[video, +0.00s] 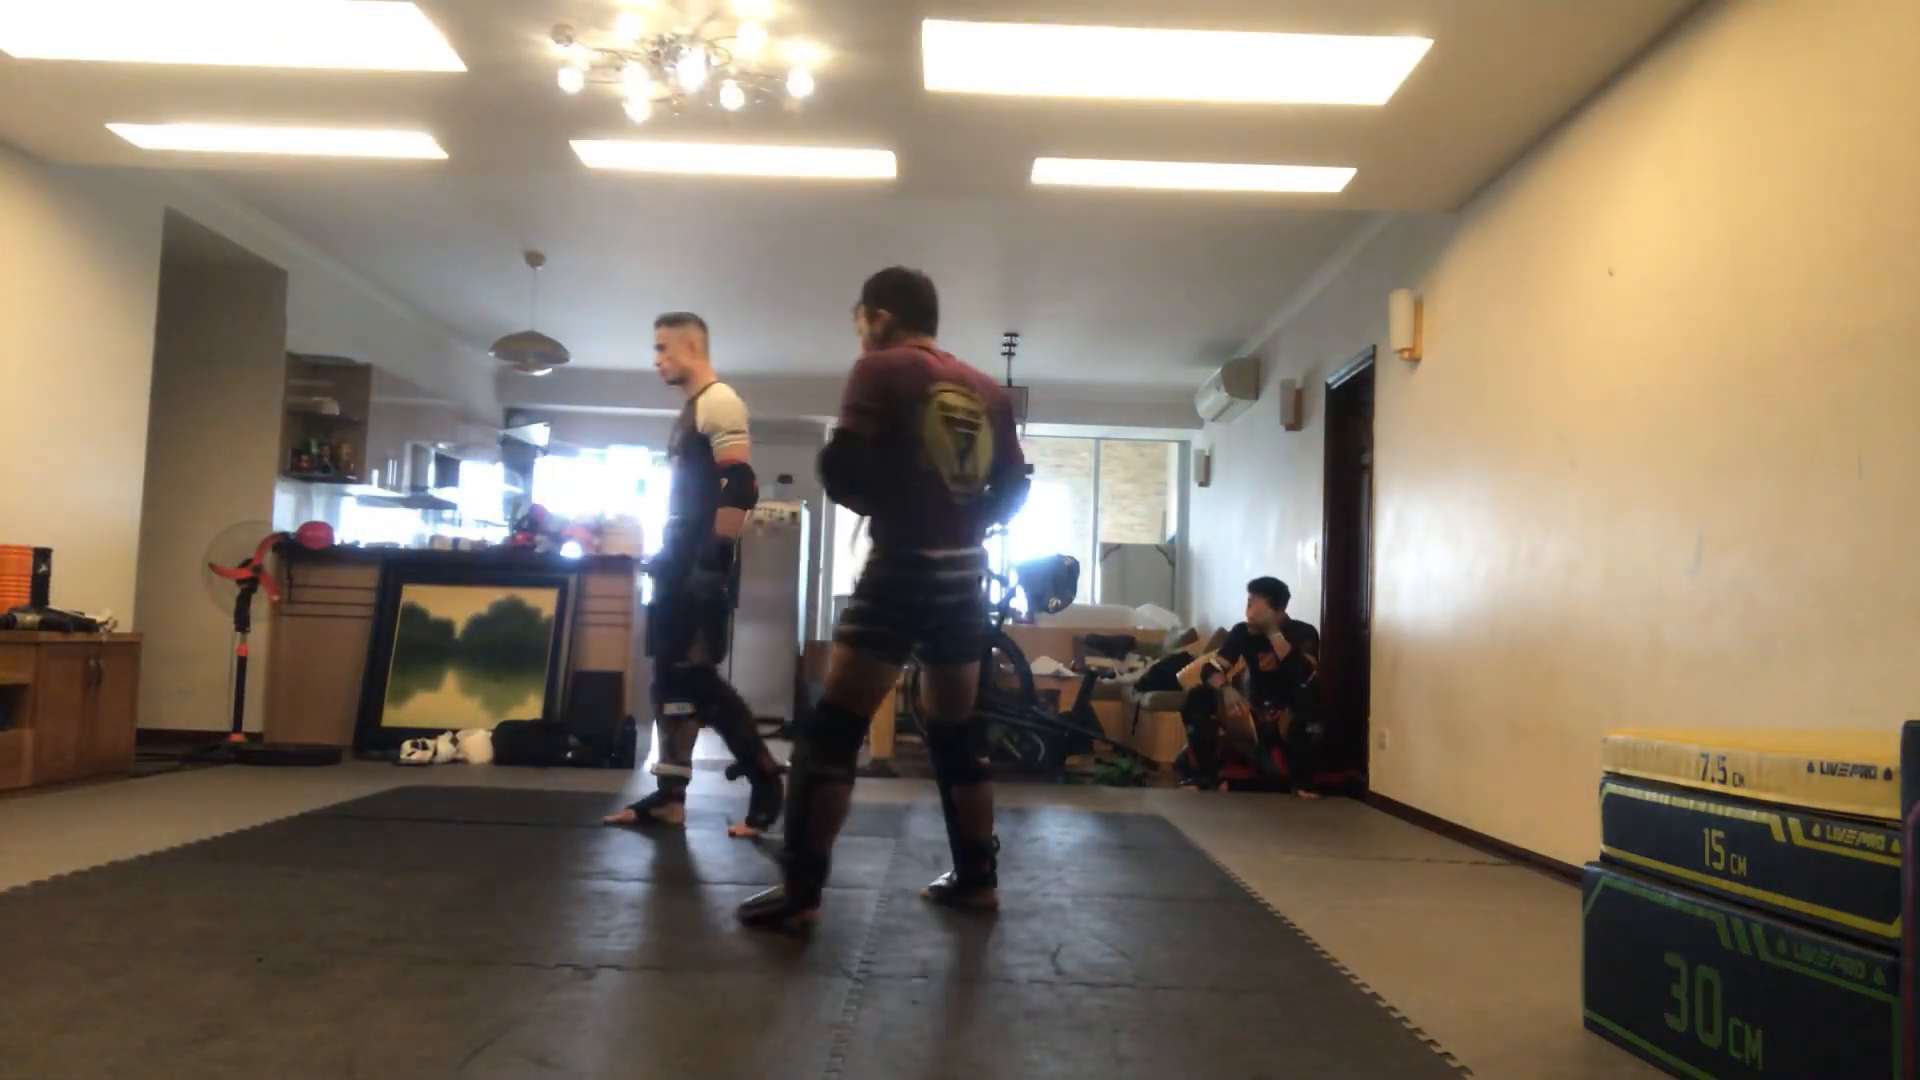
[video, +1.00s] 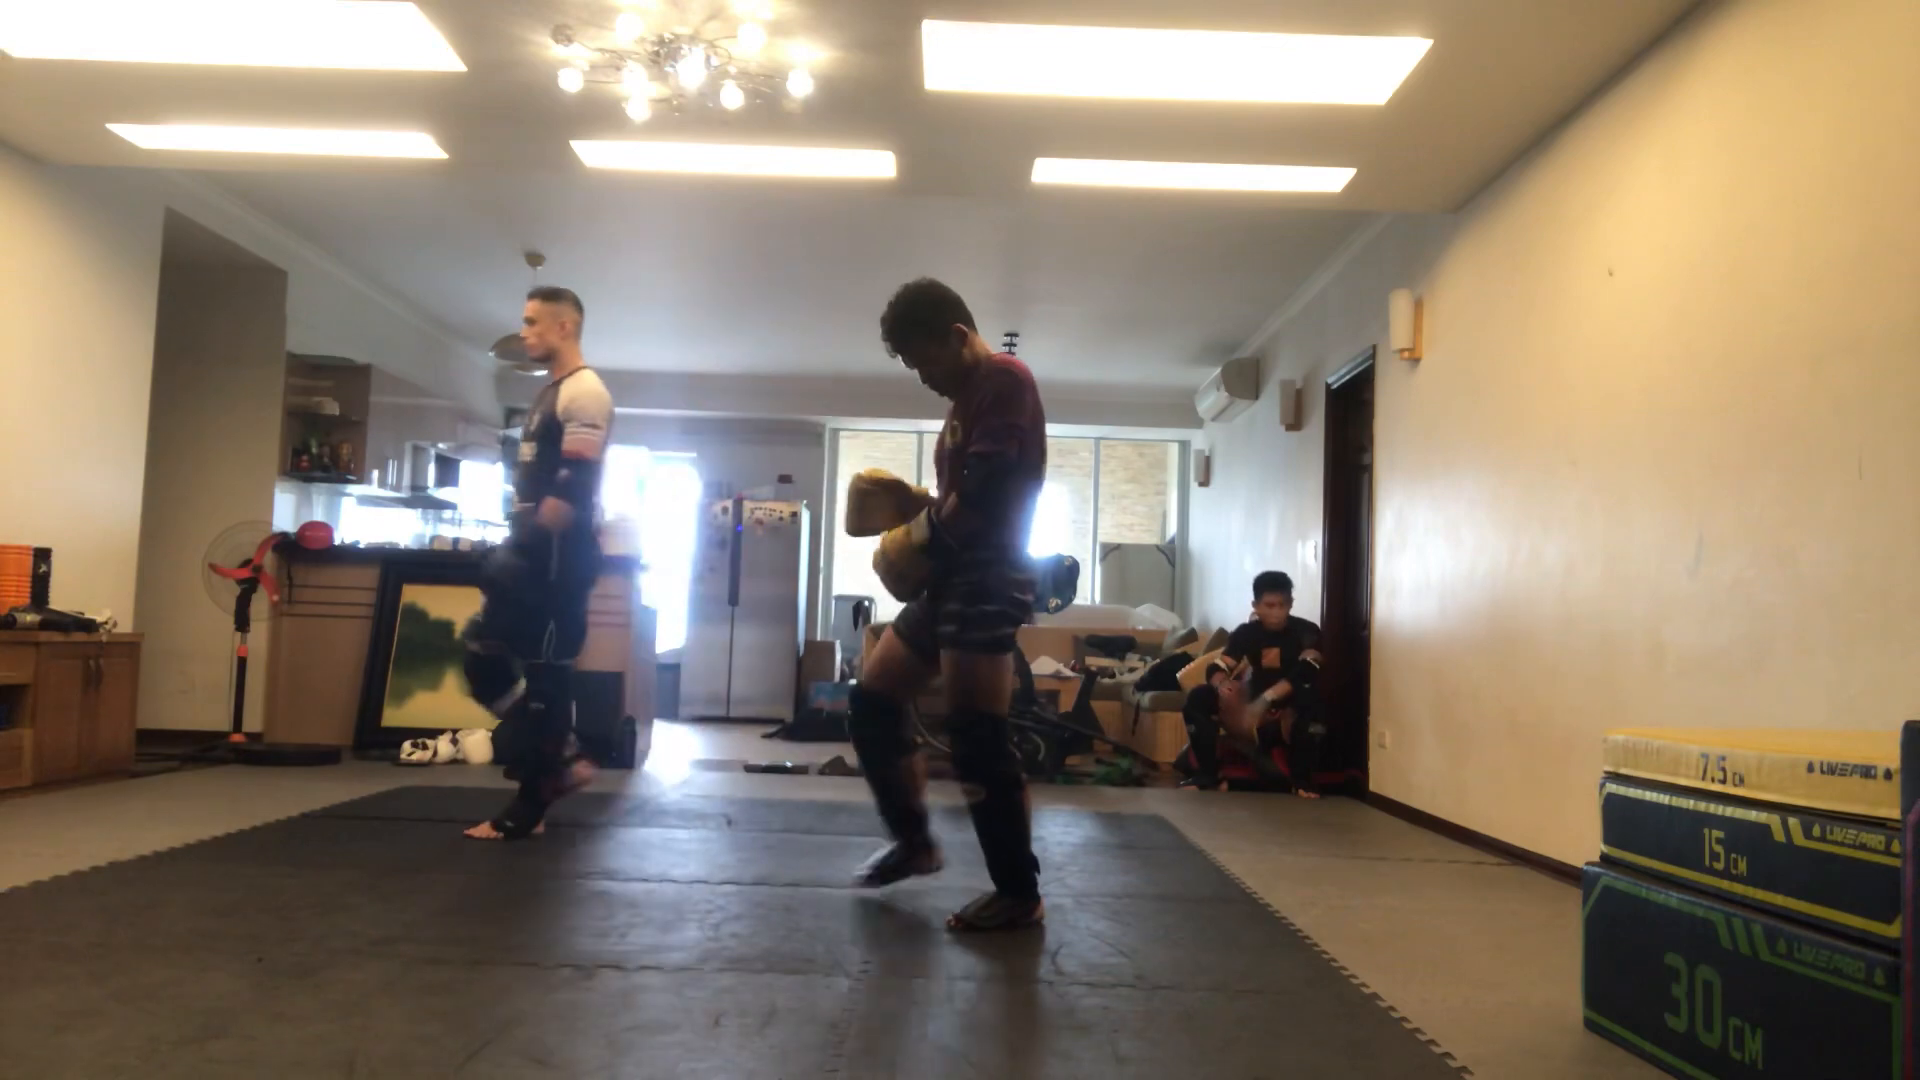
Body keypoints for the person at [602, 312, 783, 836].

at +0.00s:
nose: (658, 359)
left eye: (665, 349)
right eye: (657, 350)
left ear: (695, 349)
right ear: (683, 352)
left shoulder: (719, 402)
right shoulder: (693, 409)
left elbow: (738, 486)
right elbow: (691, 495)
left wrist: (714, 561)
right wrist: (670, 555)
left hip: (704, 563)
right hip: (680, 560)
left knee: (694, 674)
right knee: (673, 676)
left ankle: (766, 777)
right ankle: (669, 793)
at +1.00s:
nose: (523, 333)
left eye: (531, 323)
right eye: (523, 324)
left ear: (566, 326)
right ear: (555, 329)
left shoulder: (584, 391)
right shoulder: (553, 391)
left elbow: (570, 492)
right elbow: (541, 484)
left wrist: (520, 552)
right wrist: (517, 545)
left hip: (559, 556)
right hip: (535, 553)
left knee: (547, 681)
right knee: (484, 662)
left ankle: (526, 813)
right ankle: (554, 759)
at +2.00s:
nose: (428, 334)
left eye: (437, 324)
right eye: (427, 326)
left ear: (473, 325)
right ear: (445, 332)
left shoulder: (517, 396)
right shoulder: (423, 399)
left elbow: (536, 485)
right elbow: (406, 481)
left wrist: (520, 554)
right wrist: (373, 544)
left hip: (468, 553)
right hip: (412, 551)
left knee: (468, 679)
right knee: (414, 677)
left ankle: (488, 807)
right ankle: (430, 799)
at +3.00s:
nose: (410, 340)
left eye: (417, 329)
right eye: (409, 330)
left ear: (452, 328)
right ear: (438, 331)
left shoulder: (501, 395)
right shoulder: (414, 404)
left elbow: (519, 485)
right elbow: (408, 492)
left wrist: (495, 552)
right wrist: (381, 559)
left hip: (463, 555)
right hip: (409, 554)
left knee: (467, 676)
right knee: (409, 679)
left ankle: (490, 805)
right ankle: (429, 798)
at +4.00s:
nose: (404, 342)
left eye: (411, 331)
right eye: (401, 333)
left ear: (446, 327)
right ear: (427, 332)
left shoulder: (497, 396)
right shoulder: (406, 404)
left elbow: (518, 485)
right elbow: (399, 489)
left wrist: (499, 552)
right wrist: (376, 555)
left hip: (460, 555)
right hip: (405, 555)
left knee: (467, 679)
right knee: (408, 681)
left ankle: (490, 805)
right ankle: (430, 799)